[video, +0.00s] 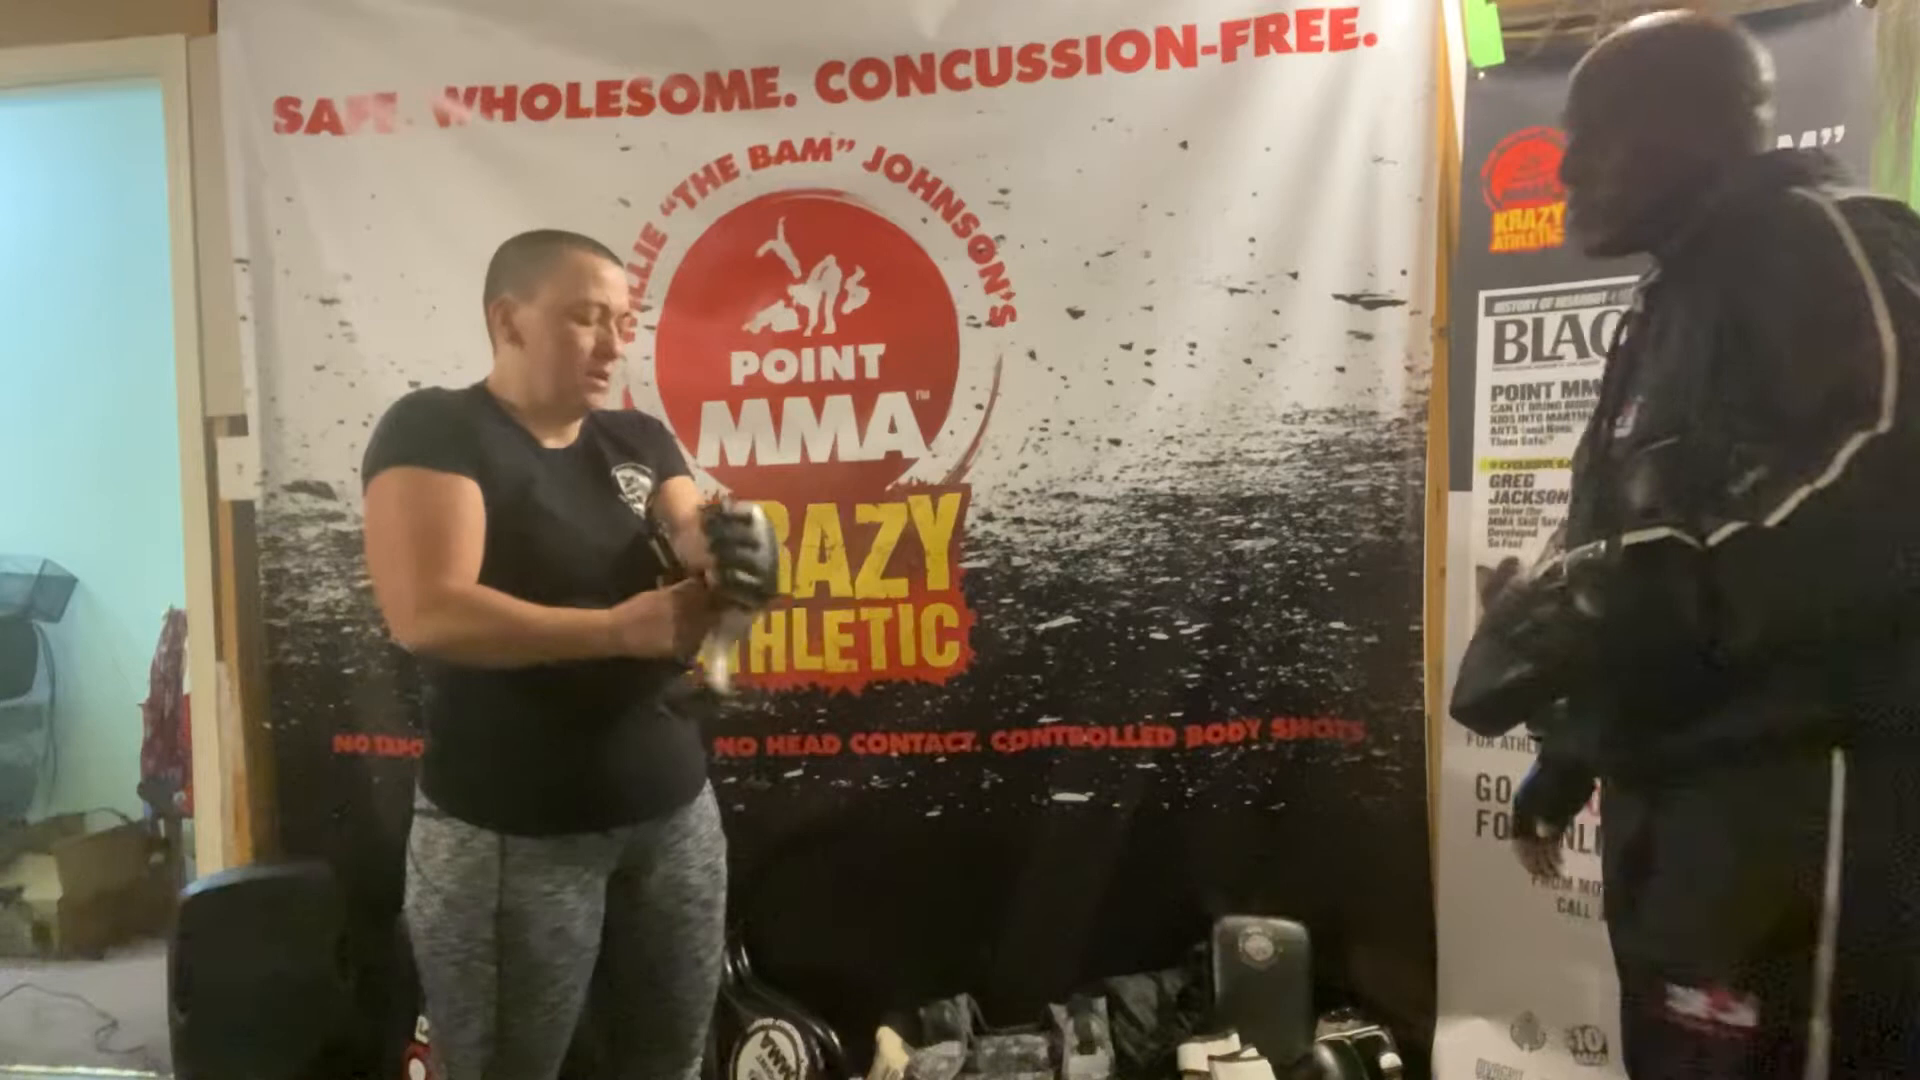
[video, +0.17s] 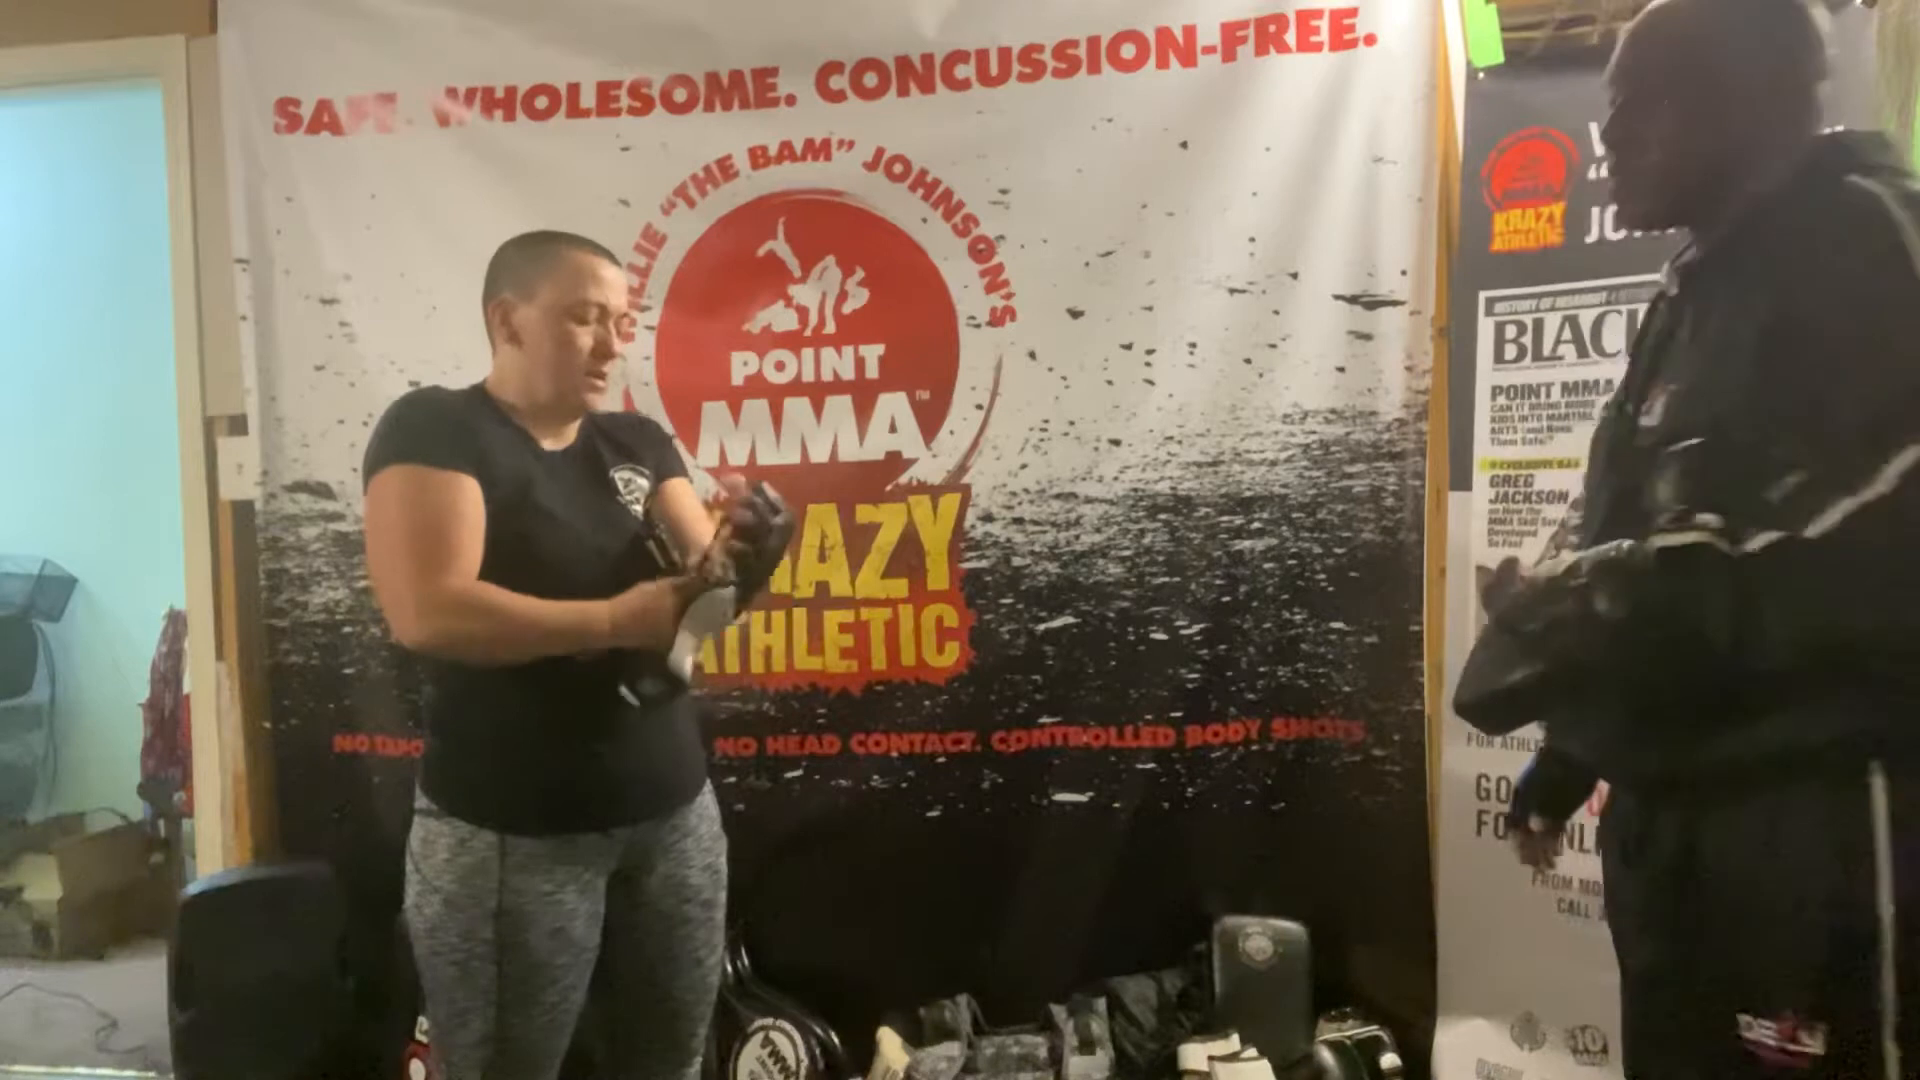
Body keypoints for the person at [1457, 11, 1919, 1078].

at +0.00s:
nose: (1565, 164)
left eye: (1591, 131)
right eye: (1569, 134)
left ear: (1677, 135)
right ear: (1652, 147)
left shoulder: (1792, 229)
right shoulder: (1678, 290)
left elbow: (1872, 470)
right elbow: (1627, 544)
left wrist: (1634, 599)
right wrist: (1566, 760)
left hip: (1782, 771)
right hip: (1688, 772)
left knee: (1733, 1045)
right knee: (1677, 1042)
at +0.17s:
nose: (1606, 133)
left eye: (1633, 100)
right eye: (1610, 103)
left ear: (1741, 97)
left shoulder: (1849, 242)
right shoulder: (1697, 288)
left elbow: (1871, 538)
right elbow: (1634, 545)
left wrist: (1562, 607)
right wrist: (1569, 757)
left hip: (1815, 810)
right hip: (1695, 809)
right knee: (1680, 1056)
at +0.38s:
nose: (1638, 108)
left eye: (1667, 73)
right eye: (1648, 78)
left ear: (1774, 63)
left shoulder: (1891, 217)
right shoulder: (1701, 311)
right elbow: (1670, 581)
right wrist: (1610, 744)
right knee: (1643, 1052)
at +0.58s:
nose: (1658, 64)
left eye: (1696, 20)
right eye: (1670, 29)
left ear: (1828, 33)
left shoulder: (1895, 232)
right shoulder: (1695, 307)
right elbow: (1664, 578)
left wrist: (1662, 688)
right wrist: (1609, 765)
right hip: (1711, 886)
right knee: (1675, 1060)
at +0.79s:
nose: (1673, 43)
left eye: (1712, 16)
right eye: (1687, 18)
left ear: (1809, 40)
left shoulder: (1891, 232)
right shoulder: (1690, 299)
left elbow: (1881, 577)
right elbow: (1661, 563)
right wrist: (1590, 739)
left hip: (1867, 838)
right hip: (1711, 831)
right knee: (1705, 1057)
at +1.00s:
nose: (1667, 38)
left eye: (1713, 12)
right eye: (1683, 15)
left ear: (1815, 36)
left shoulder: (1893, 217)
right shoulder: (1710, 282)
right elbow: (1667, 568)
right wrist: (1544, 725)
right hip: (1702, 825)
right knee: (1616, 1053)